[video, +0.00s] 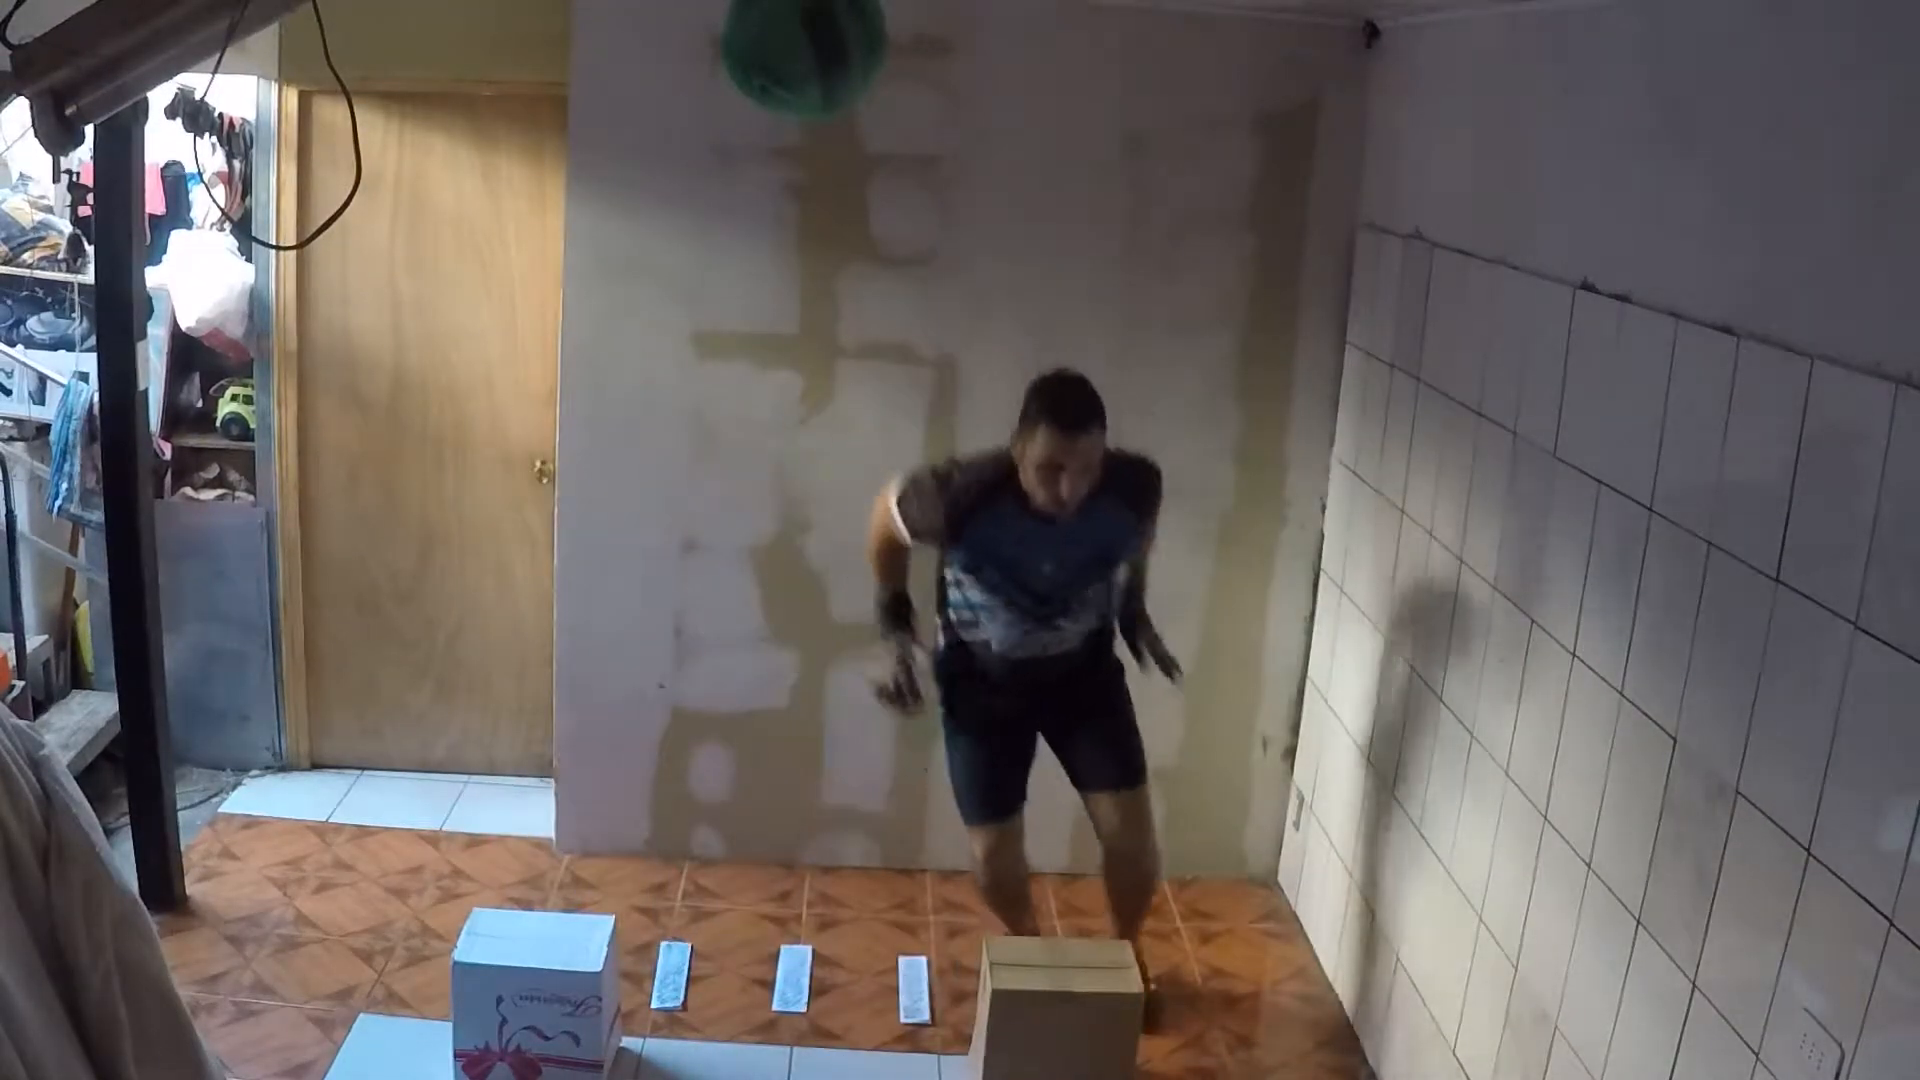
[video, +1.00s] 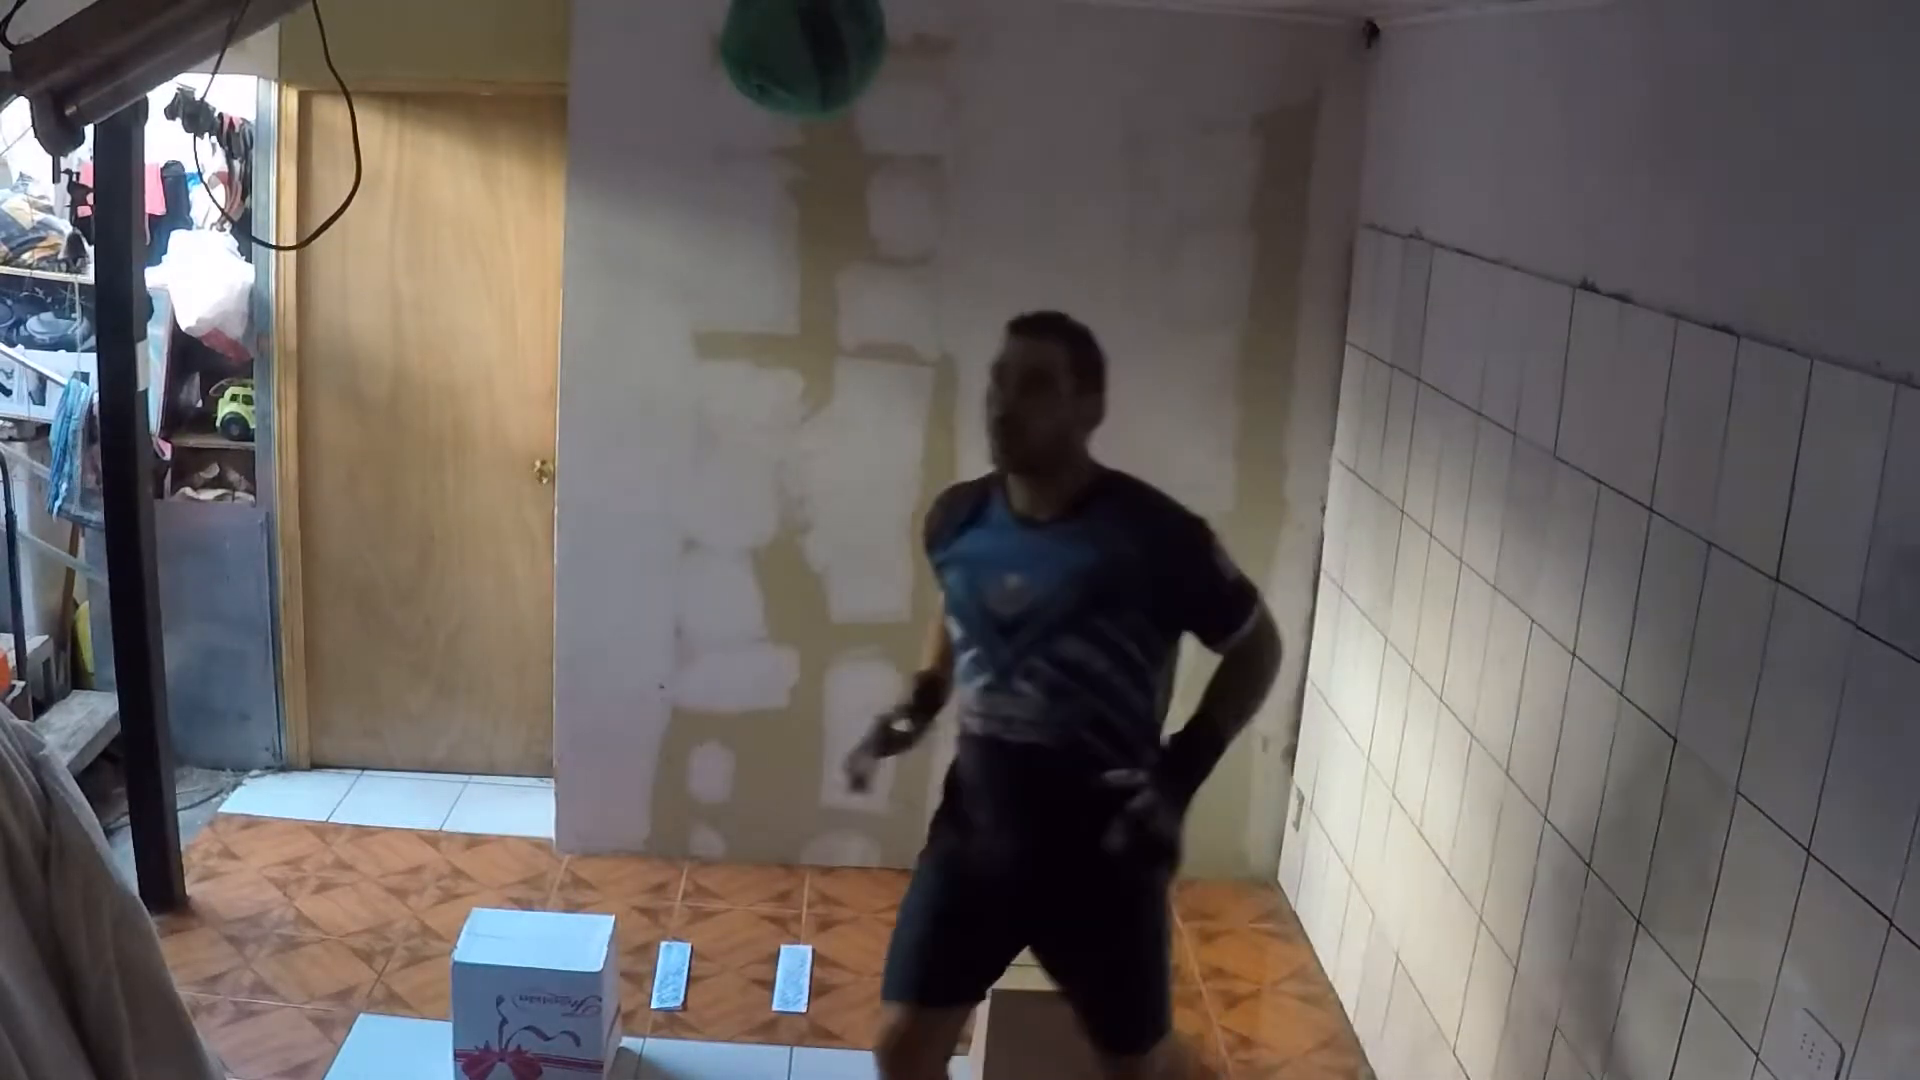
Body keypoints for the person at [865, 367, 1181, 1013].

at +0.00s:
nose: (1067, 487)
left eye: (1083, 470)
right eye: (1051, 470)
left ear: (1102, 452)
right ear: (1019, 451)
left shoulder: (1133, 488)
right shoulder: (963, 492)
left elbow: (1138, 542)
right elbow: (887, 523)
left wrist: (1134, 607)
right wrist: (898, 631)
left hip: (1082, 667)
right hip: (982, 673)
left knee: (1131, 838)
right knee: (995, 856)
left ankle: (1126, 954)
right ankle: (1031, 956)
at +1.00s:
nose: (1005, 402)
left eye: (1036, 384)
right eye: (998, 381)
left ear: (1092, 407)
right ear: (985, 391)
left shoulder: (1155, 532)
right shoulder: (956, 520)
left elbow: (1257, 646)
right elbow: (962, 621)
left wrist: (1177, 778)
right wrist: (915, 713)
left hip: (1104, 828)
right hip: (980, 820)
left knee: (1133, 1059)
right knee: (906, 1045)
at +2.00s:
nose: (770, 562)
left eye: (789, 536)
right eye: (770, 536)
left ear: (866, 525)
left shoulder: (996, 649)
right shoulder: (822, 636)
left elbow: (1081, 842)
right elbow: (855, 800)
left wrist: (950, 885)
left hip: (963, 970)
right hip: (841, 944)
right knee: (746, 1072)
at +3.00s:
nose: (1179, 494)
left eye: (1187, 475)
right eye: (1172, 477)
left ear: (1243, 454)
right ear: (1234, 454)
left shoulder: (1361, 529)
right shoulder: (1203, 518)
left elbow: (1431, 669)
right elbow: (1222, 594)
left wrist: (1346, 755)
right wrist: (1173, 636)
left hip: (1336, 779)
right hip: (1235, 767)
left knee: (1332, 987)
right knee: (1213, 949)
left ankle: (1355, 1072)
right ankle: (1245, 996)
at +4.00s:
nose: (1092, 405)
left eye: (1107, 393)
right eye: (1080, 389)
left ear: (1139, 368)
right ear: (1062, 364)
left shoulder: (1197, 422)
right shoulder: (1033, 400)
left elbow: (1273, 523)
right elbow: (1013, 460)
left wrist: (1192, 577)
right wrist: (1010, 552)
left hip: (1154, 608)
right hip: (1061, 597)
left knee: (1146, 777)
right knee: (1004, 751)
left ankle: (1129, 893)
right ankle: (1040, 852)